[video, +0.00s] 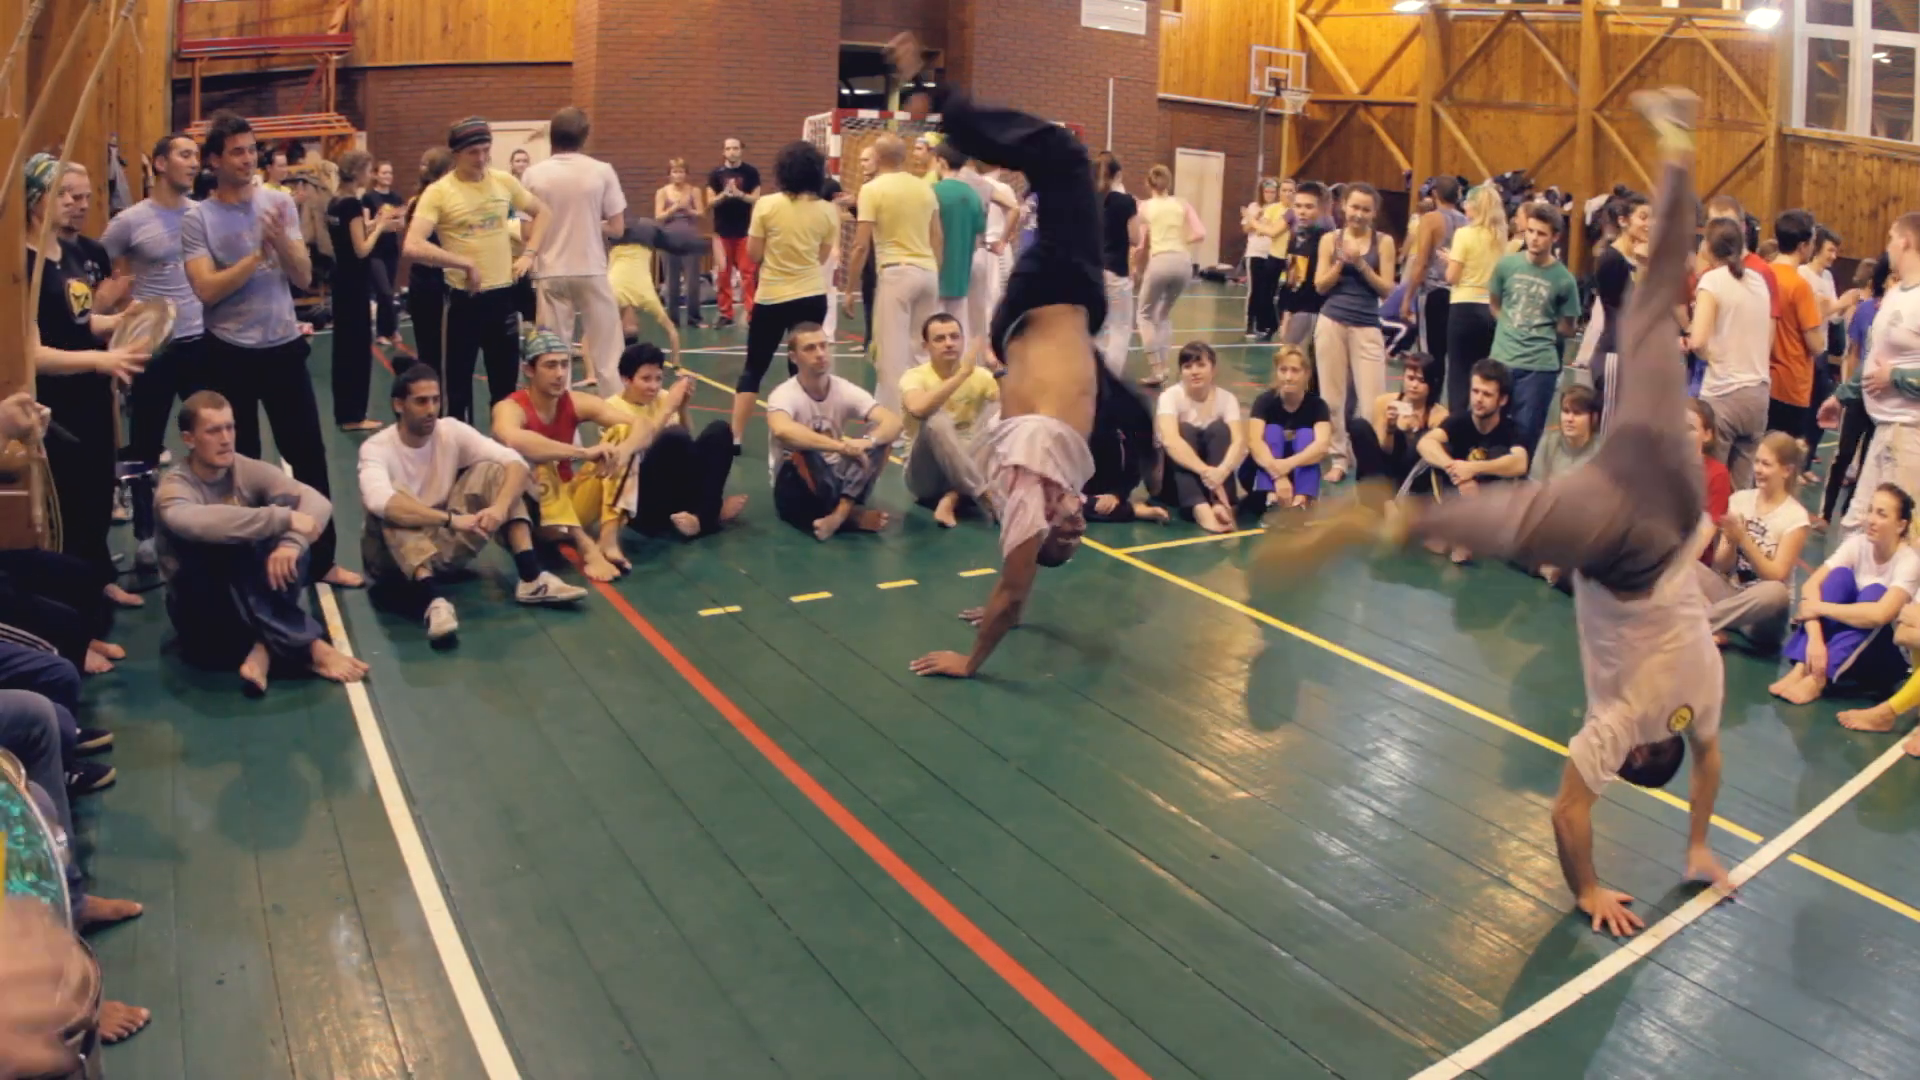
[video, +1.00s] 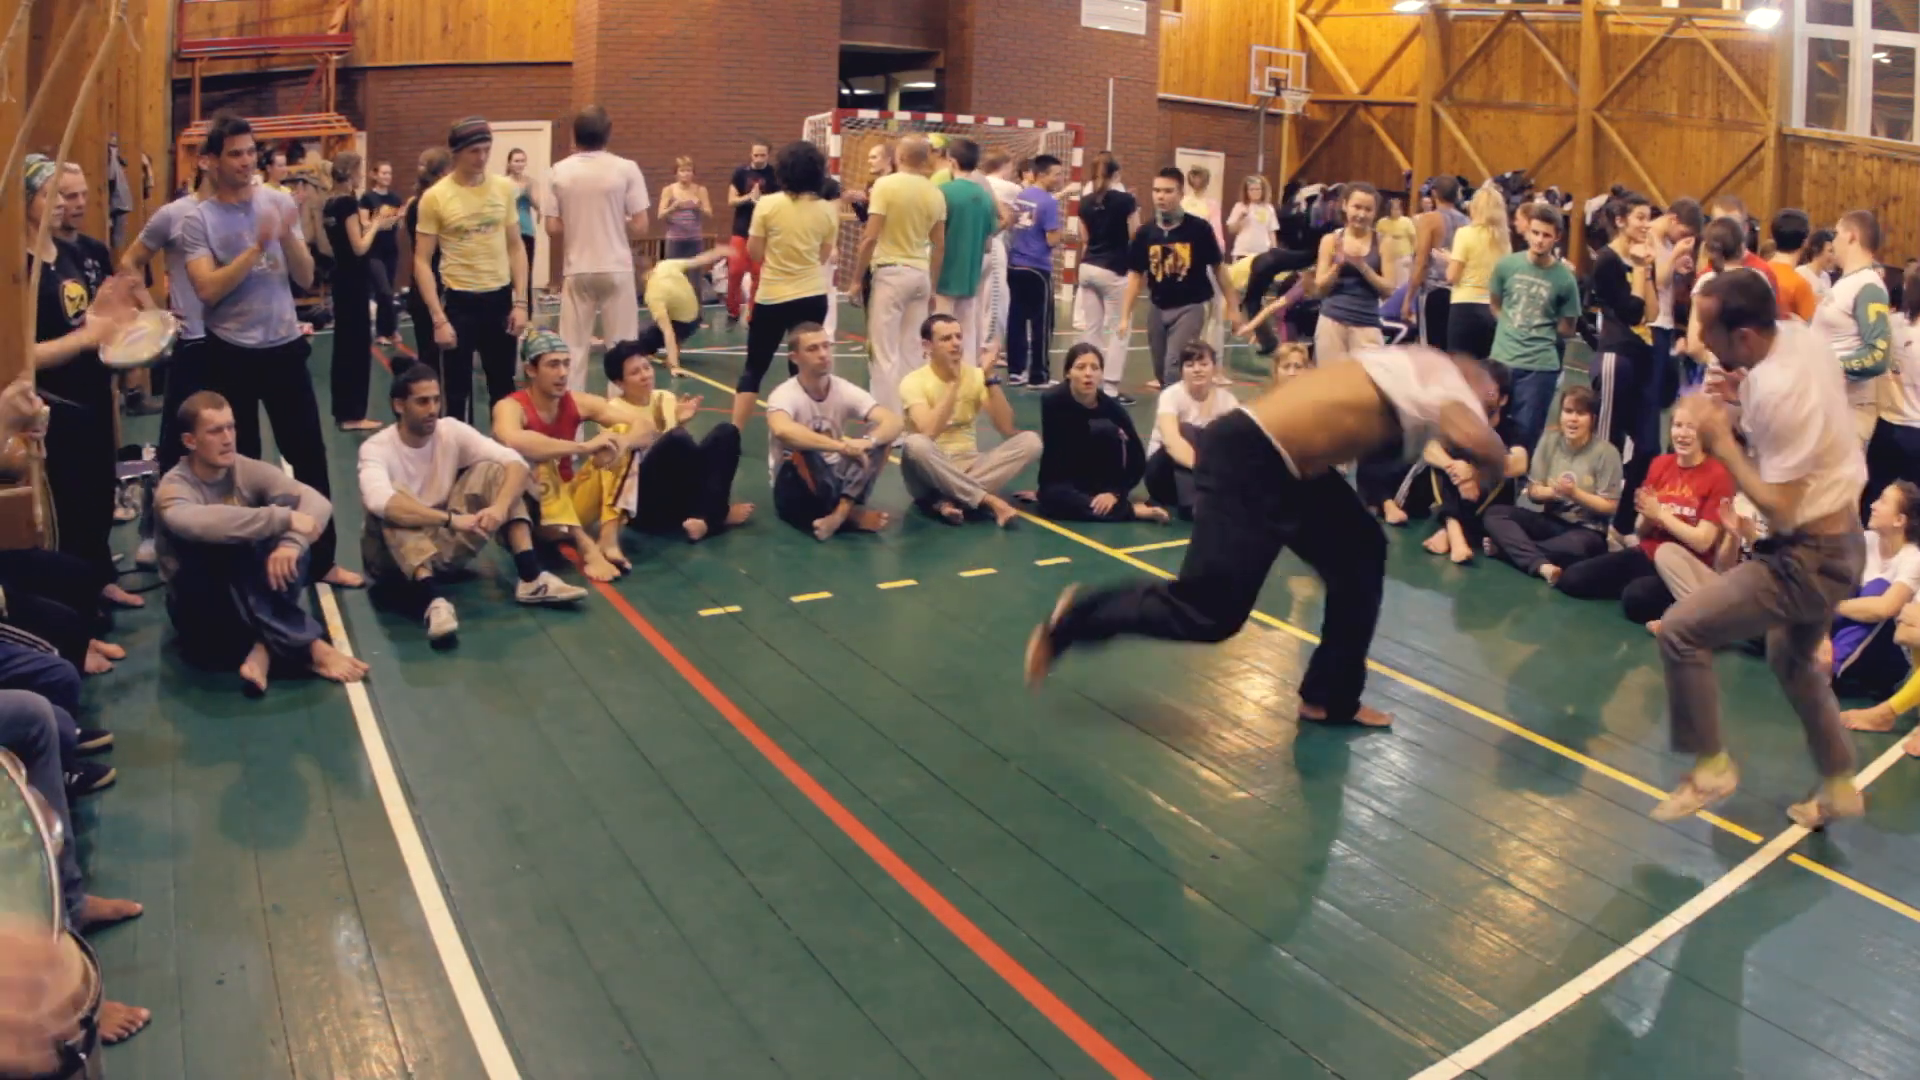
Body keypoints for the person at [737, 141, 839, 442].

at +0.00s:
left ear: (781, 170)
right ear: (818, 172)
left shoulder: (766, 205)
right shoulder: (827, 210)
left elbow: (755, 252)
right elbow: (823, 255)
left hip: (772, 300)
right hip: (812, 299)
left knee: (754, 369)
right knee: (804, 367)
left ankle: (735, 438)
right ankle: (807, 435)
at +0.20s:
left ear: (781, 171)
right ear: (818, 172)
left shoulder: (767, 205)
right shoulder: (828, 211)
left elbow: (754, 251)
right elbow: (824, 255)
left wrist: (779, 248)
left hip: (772, 300)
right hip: (812, 298)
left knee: (754, 369)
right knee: (806, 368)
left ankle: (734, 437)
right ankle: (809, 436)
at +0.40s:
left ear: (781, 170)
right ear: (819, 172)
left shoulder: (767, 205)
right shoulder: (827, 210)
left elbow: (755, 251)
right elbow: (824, 255)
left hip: (773, 300)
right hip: (813, 298)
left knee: (754, 369)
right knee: (806, 368)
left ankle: (735, 437)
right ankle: (810, 435)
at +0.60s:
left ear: (781, 170)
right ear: (819, 172)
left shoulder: (767, 204)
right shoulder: (829, 211)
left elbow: (755, 252)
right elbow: (824, 255)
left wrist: (782, 248)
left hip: (773, 300)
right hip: (813, 299)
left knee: (754, 370)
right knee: (806, 369)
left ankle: (736, 437)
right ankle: (809, 436)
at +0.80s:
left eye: (779, 166)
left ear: (781, 171)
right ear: (819, 172)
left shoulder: (767, 205)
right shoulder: (828, 210)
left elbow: (755, 251)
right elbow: (825, 253)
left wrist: (780, 254)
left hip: (772, 301)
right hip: (813, 299)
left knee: (754, 368)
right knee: (806, 367)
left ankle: (735, 438)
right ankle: (807, 437)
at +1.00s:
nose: (773, 171)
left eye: (777, 167)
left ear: (781, 172)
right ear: (818, 172)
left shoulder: (767, 205)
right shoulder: (828, 210)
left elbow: (755, 251)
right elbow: (825, 253)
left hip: (772, 301)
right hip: (813, 298)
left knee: (754, 369)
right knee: (807, 369)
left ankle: (733, 435)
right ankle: (808, 436)